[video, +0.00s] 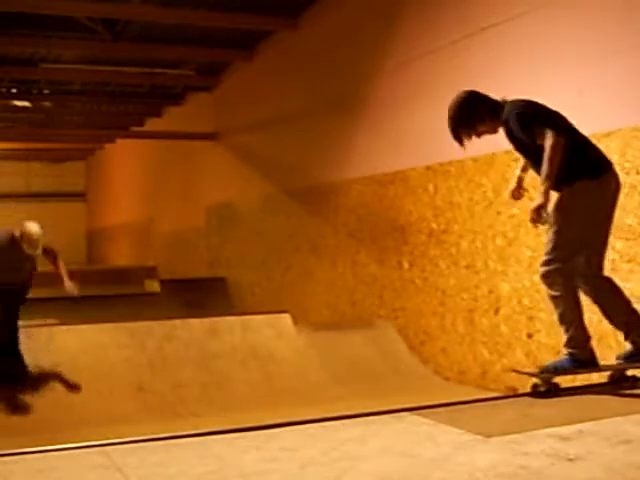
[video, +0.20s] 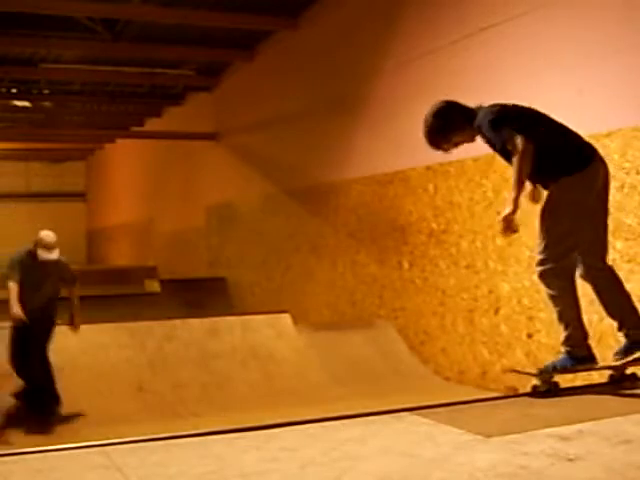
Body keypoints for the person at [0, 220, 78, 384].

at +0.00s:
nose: (33, 251)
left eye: (36, 247)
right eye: (30, 247)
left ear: (39, 239)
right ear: (20, 238)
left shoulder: (35, 244)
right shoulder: (6, 243)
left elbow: (54, 256)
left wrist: (66, 280)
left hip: (15, 299)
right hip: (4, 299)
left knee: (11, 336)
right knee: (6, 337)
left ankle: (17, 373)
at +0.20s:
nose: (48, 259)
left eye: (51, 255)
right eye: (45, 255)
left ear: (56, 250)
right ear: (37, 248)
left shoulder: (59, 265)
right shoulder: (22, 261)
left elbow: (72, 287)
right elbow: (13, 282)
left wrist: (74, 314)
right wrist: (14, 305)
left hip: (45, 319)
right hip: (24, 318)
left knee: (37, 358)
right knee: (19, 358)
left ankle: (48, 402)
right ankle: (34, 388)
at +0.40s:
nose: (68, 247)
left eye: (72, 242)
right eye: (64, 242)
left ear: (78, 242)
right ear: (56, 242)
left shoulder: (89, 265)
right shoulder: (40, 263)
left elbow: (99, 295)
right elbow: (29, 288)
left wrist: (101, 321)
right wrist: (33, 314)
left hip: (81, 324)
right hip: (56, 325)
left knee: (76, 366)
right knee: (54, 369)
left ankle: (92, 411)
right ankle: (67, 407)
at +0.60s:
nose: (98, 257)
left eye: (101, 252)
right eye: (92, 253)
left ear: (108, 253)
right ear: (84, 255)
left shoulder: (124, 276)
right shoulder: (72, 279)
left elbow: (148, 296)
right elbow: (53, 303)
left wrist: (154, 327)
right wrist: (54, 329)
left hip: (120, 339)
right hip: (92, 342)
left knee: (108, 385)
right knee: (85, 392)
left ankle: (132, 427)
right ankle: (111, 423)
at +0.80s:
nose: (124, 258)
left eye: (128, 252)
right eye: (118, 254)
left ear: (135, 251)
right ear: (110, 256)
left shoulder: (159, 277)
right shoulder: (106, 288)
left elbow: (188, 307)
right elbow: (84, 331)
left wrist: (198, 342)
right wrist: (58, 350)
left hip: (159, 354)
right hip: (127, 359)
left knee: (147, 406)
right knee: (120, 419)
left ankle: (172, 452)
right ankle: (151, 454)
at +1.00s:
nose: (138, 231)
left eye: (142, 223)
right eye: (132, 226)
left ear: (153, 219)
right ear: (126, 228)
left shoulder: (176, 243)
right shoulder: (131, 263)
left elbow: (217, 260)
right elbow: (119, 302)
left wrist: (218, 282)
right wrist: (83, 326)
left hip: (199, 342)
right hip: (164, 352)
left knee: (197, 405)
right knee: (166, 421)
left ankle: (230, 452)